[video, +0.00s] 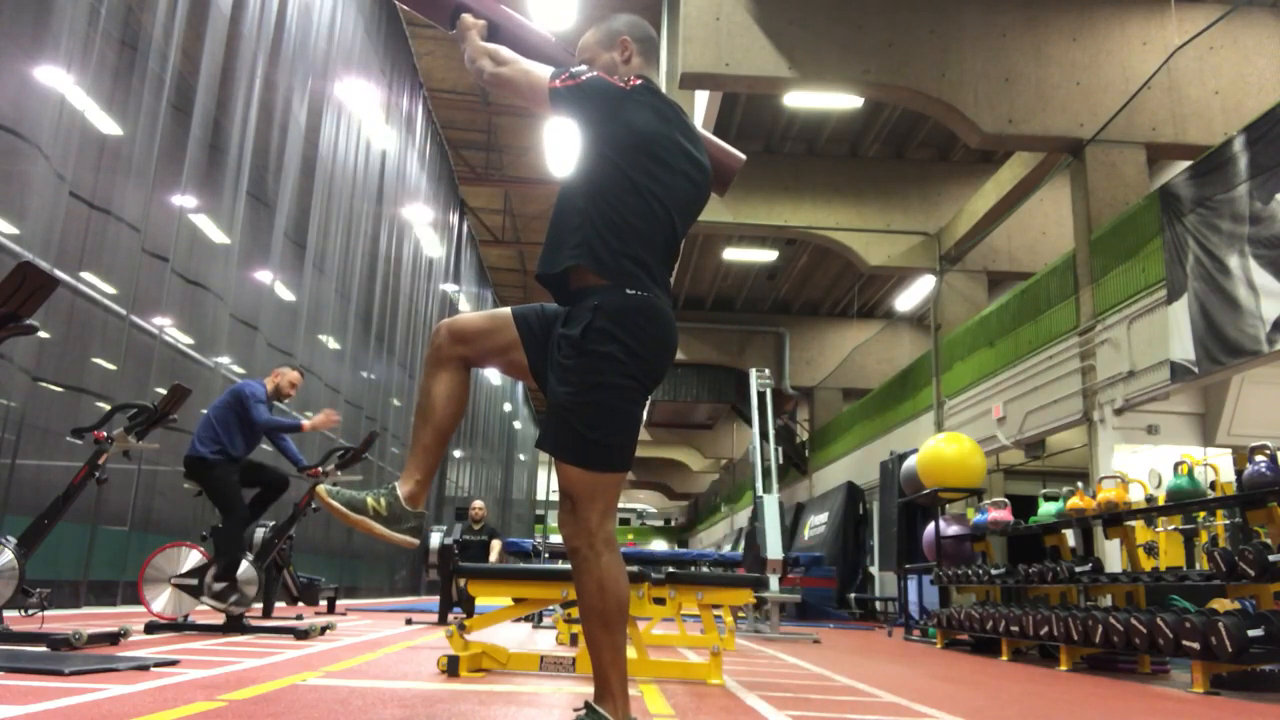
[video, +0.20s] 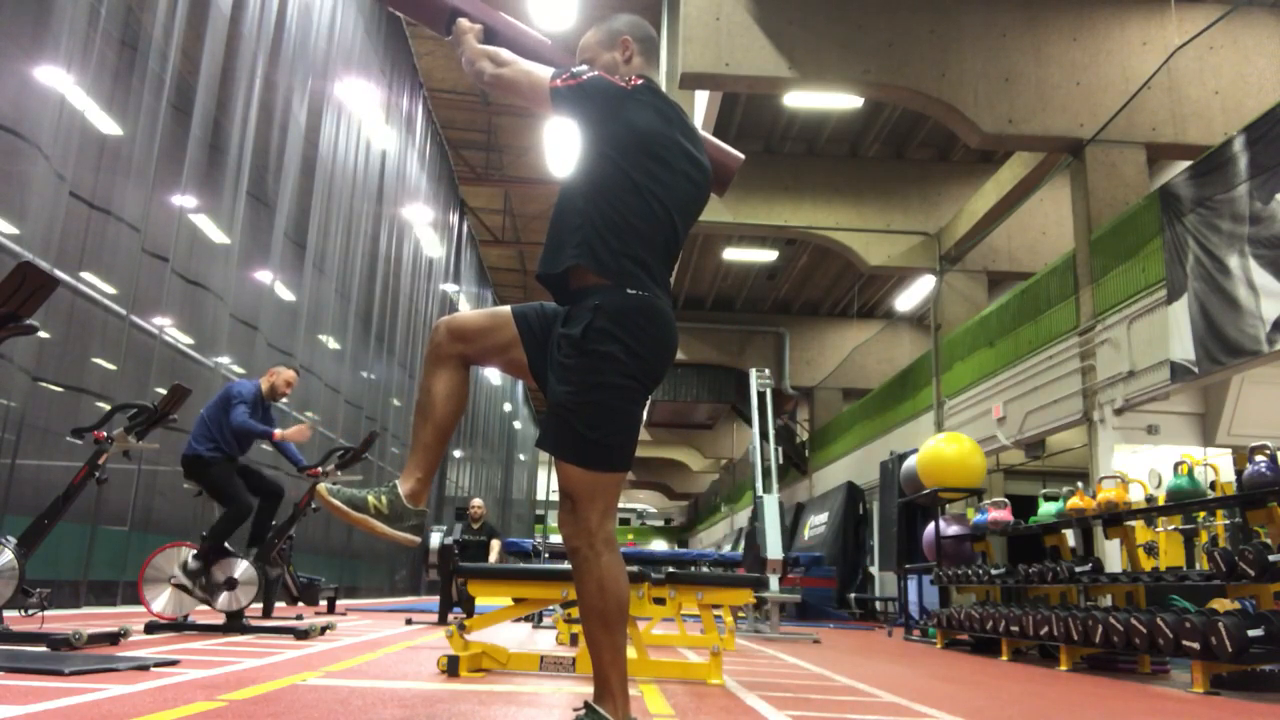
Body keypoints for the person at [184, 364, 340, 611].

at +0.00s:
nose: (292, 393)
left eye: (296, 390)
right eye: (291, 385)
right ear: (276, 376)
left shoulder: (264, 405)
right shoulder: (251, 389)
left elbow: (278, 438)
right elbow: (263, 421)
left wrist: (303, 467)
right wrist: (309, 424)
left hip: (229, 462)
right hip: (207, 460)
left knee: (278, 481)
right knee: (237, 516)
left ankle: (235, 527)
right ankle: (219, 582)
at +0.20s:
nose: (288, 392)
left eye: (291, 388)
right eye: (287, 384)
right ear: (271, 376)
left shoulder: (263, 406)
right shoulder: (244, 390)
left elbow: (278, 438)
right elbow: (238, 422)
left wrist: (303, 466)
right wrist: (278, 435)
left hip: (226, 462)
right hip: (202, 460)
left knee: (273, 492)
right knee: (242, 506)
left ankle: (255, 550)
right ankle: (199, 560)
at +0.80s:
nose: (285, 384)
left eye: (289, 380)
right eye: (283, 377)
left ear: (285, 381)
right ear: (265, 370)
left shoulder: (264, 399)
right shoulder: (243, 388)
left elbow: (277, 430)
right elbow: (258, 428)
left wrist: (301, 463)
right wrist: (288, 460)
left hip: (229, 461)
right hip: (205, 460)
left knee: (278, 481)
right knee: (232, 515)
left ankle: (235, 529)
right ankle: (220, 585)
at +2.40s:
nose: (282, 393)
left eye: (285, 388)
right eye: (284, 387)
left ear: (271, 379)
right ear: (278, 380)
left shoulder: (257, 401)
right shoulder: (232, 387)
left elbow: (277, 435)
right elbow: (240, 425)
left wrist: (303, 465)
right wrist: (264, 412)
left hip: (226, 461)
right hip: (199, 459)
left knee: (274, 480)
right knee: (232, 509)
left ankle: (250, 537)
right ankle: (197, 572)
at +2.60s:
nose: (284, 390)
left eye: (287, 385)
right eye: (286, 385)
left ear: (271, 377)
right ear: (278, 380)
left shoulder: (259, 405)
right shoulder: (232, 387)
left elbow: (278, 436)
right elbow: (241, 423)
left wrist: (303, 466)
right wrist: (263, 411)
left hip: (219, 462)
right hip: (198, 456)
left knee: (249, 514)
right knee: (255, 481)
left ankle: (236, 566)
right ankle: (208, 531)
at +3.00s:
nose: (283, 389)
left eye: (285, 386)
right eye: (285, 384)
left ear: (271, 376)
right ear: (277, 377)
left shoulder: (260, 401)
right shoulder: (234, 385)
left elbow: (277, 434)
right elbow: (251, 412)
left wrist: (303, 465)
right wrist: (270, 397)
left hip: (227, 461)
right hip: (202, 459)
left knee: (275, 484)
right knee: (233, 510)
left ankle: (229, 529)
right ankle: (224, 580)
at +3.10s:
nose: (283, 390)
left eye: (285, 386)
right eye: (284, 384)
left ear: (271, 376)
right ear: (276, 377)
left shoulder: (260, 400)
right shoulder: (234, 384)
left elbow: (277, 434)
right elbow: (253, 411)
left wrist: (303, 464)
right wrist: (271, 394)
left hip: (227, 461)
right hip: (203, 459)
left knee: (277, 475)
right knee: (228, 515)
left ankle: (246, 529)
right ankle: (205, 578)